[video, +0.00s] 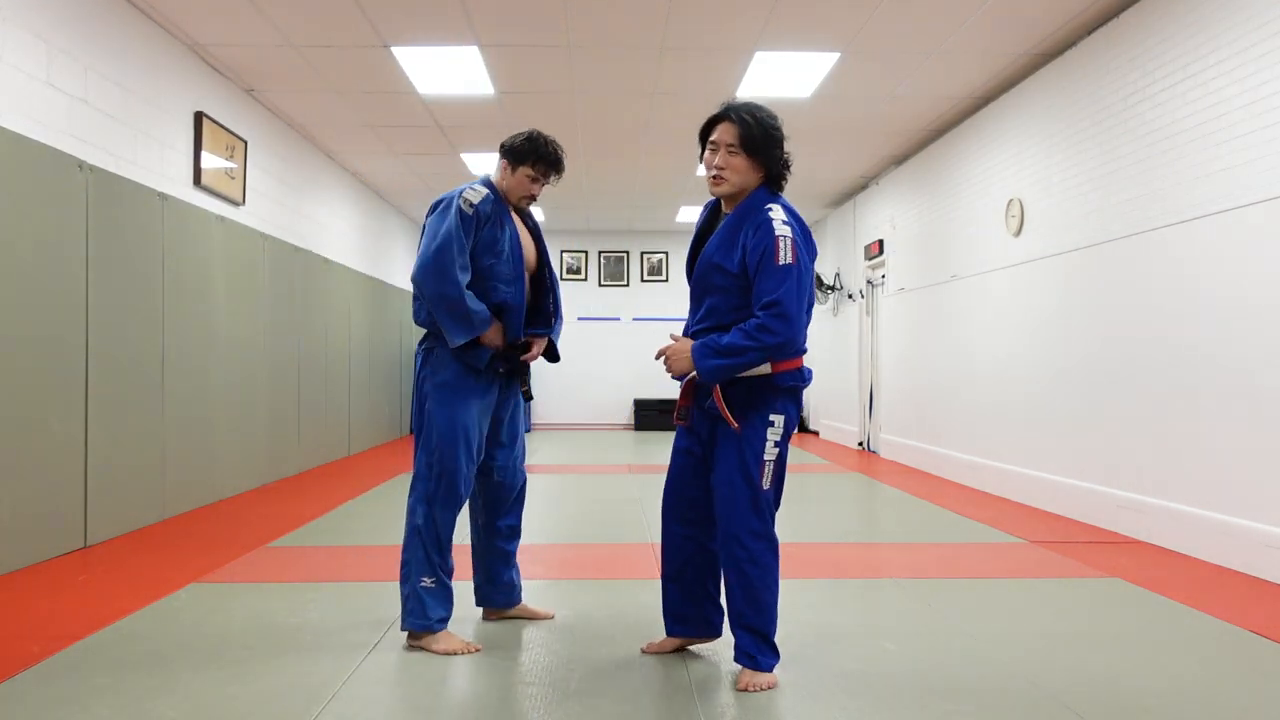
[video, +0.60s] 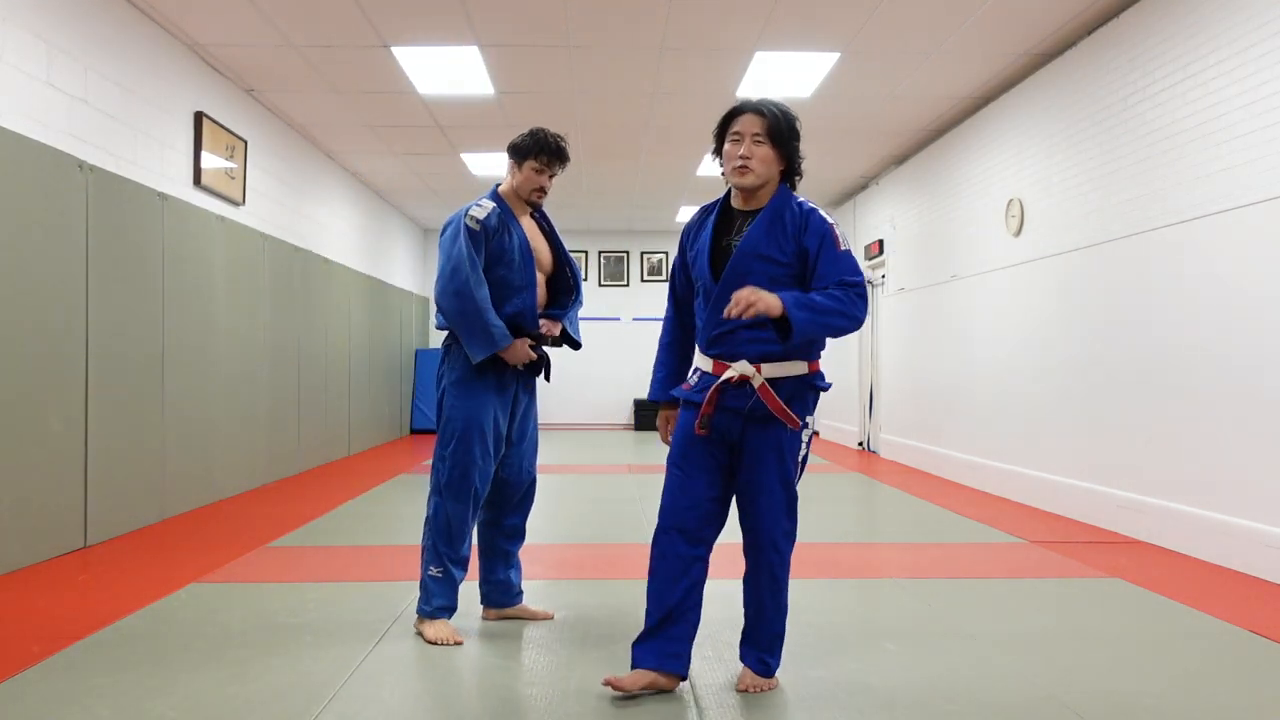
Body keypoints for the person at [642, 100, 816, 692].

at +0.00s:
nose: (714, 159)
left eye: (730, 150)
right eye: (710, 149)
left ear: (763, 161)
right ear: (706, 156)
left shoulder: (777, 224)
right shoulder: (722, 221)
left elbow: (782, 326)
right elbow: (722, 308)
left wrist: (699, 354)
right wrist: (689, 346)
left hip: (760, 394)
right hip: (709, 389)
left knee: (745, 523)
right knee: (686, 509)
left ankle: (758, 657)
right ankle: (693, 624)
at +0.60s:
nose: (743, 150)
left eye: (758, 141)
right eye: (734, 139)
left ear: (784, 157)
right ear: (720, 153)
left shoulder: (806, 223)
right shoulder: (701, 227)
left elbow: (851, 303)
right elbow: (680, 319)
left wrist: (782, 303)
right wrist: (666, 395)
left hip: (779, 394)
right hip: (708, 390)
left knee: (766, 538)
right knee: (679, 529)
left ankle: (760, 660)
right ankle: (661, 663)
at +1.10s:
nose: (717, 142)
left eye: (730, 131)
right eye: (704, 133)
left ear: (753, 146)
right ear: (687, 149)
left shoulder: (783, 213)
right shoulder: (662, 228)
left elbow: (856, 269)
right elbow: (635, 323)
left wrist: (802, 197)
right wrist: (626, 409)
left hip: (769, 401)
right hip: (689, 402)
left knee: (768, 547)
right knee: (690, 552)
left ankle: (762, 656)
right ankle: (691, 697)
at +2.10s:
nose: (671, 120)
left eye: (683, 107)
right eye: (655, 111)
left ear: (707, 121)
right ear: (637, 131)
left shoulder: (750, 187)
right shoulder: (620, 218)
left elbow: (813, 255)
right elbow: (601, 319)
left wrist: (777, 242)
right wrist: (598, 415)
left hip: (750, 390)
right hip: (664, 396)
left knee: (770, 541)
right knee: (669, 563)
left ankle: (787, 645)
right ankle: (679, 709)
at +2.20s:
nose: (690, 122)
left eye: (702, 112)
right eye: (676, 114)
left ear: (726, 129)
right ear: (656, 135)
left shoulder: (762, 196)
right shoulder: (635, 223)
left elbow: (802, 252)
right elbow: (615, 322)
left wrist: (807, 324)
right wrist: (611, 413)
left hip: (757, 390)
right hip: (671, 399)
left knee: (774, 542)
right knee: (672, 562)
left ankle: (788, 652)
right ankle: (679, 709)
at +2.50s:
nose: (720, 151)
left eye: (736, 142)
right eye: (715, 143)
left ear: (771, 156)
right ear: (709, 157)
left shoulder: (811, 234)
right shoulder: (686, 234)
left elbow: (842, 332)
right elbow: (665, 327)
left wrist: (842, 424)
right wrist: (662, 411)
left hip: (787, 409)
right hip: (705, 408)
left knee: (781, 549)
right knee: (700, 547)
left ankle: (774, 662)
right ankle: (694, 688)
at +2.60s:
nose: (729, 150)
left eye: (745, 140)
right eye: (727, 140)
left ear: (781, 154)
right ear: (723, 153)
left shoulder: (818, 231)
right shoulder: (695, 231)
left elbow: (855, 327)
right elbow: (674, 319)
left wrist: (864, 419)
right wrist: (671, 402)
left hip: (787, 406)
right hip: (709, 402)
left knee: (781, 541)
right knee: (695, 535)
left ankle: (775, 661)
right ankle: (698, 674)